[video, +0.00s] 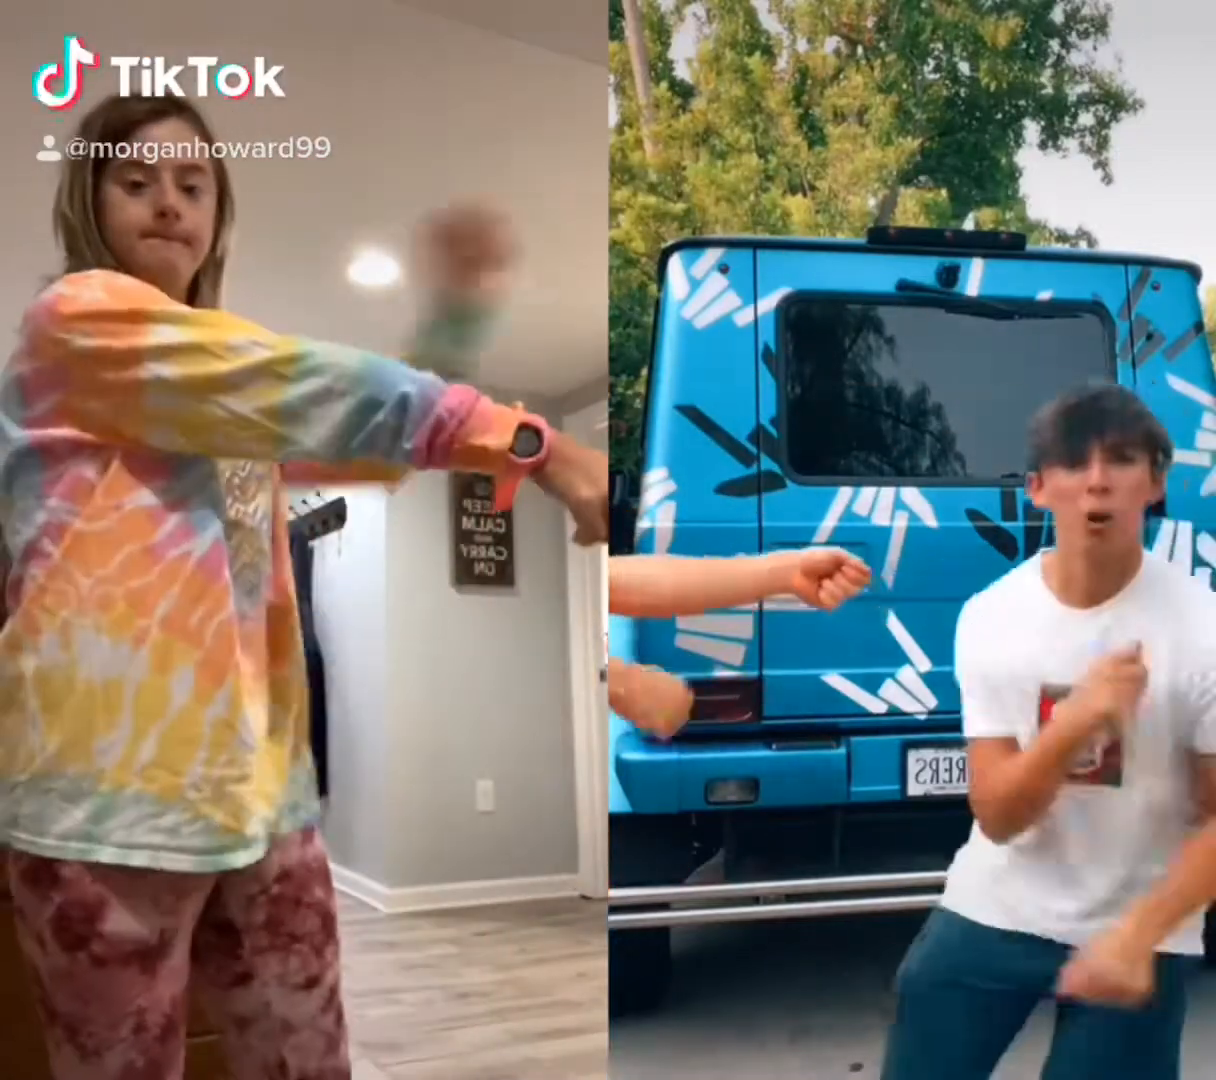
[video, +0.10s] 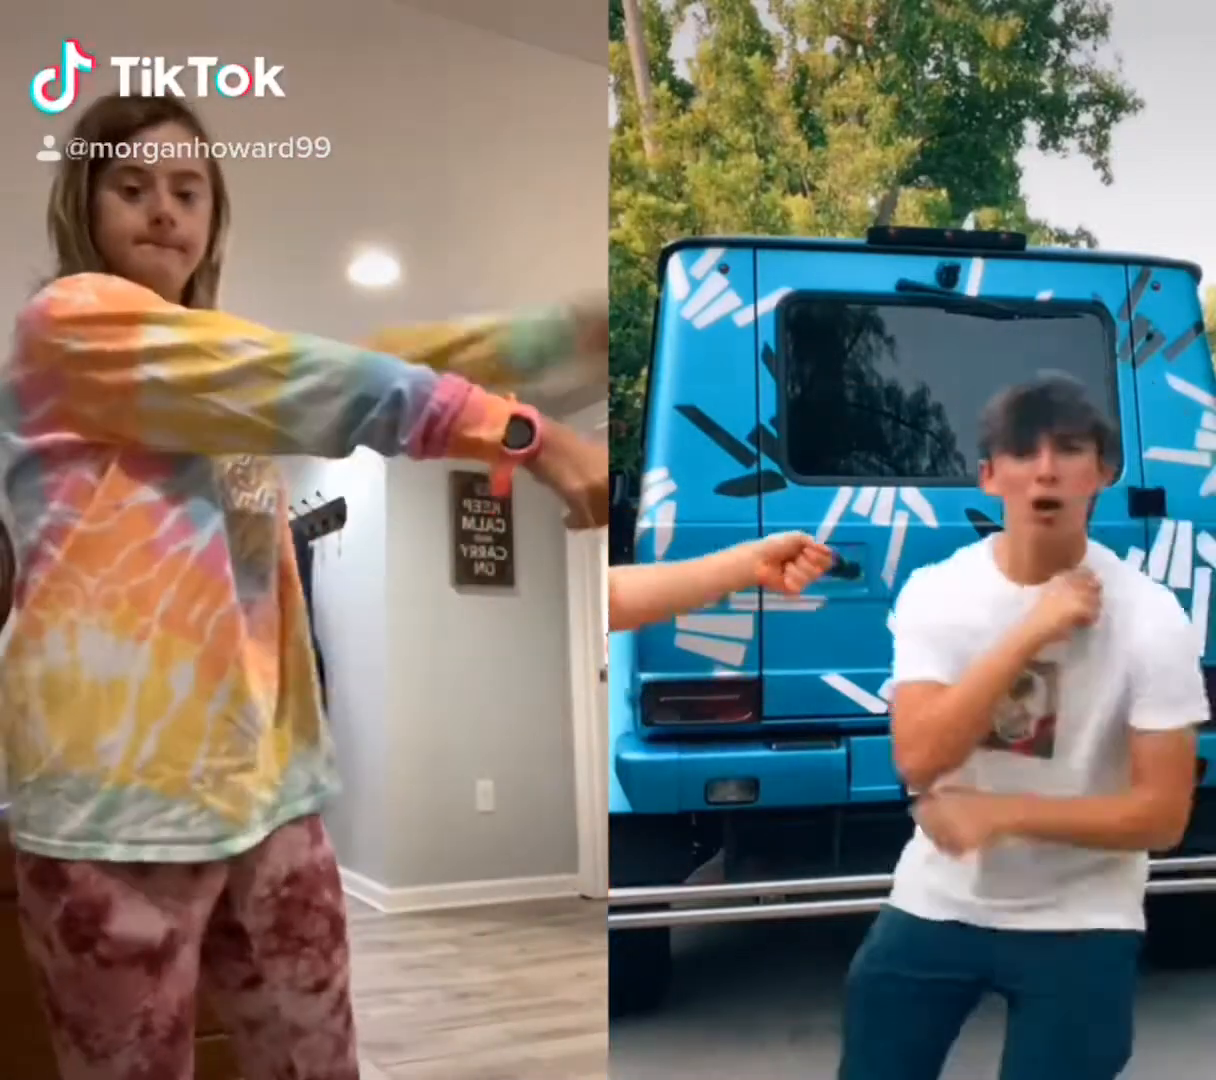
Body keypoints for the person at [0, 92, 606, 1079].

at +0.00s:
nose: (170, 205)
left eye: (195, 184)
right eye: (138, 180)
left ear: (220, 213)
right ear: (90, 203)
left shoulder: (215, 358)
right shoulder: (77, 319)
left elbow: (372, 445)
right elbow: (295, 386)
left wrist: (456, 313)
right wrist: (534, 445)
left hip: (257, 802)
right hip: (102, 812)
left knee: (302, 1069)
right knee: (120, 1072)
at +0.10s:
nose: (164, 213)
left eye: (189, 191)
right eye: (133, 189)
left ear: (213, 218)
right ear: (84, 207)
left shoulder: (206, 347)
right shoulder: (69, 322)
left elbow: (354, 369)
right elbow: (304, 384)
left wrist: (563, 333)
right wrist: (528, 436)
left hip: (266, 797)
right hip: (107, 814)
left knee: (309, 1067)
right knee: (128, 1071)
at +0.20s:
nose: (160, 210)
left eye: (184, 188)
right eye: (128, 185)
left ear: (209, 215)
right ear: (78, 205)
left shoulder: (211, 355)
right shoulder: (60, 324)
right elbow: (293, 379)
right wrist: (524, 432)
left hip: (277, 803)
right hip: (113, 822)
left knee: (321, 1067)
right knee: (133, 1072)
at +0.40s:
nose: (165, 214)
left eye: (192, 194)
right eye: (135, 190)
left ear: (220, 225)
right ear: (87, 212)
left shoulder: (231, 382)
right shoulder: (52, 327)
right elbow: (253, 417)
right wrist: (501, 494)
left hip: (283, 815)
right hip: (116, 825)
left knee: (340, 1064)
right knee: (135, 1071)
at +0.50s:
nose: (170, 216)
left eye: (197, 196)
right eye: (141, 191)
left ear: (226, 228)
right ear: (94, 214)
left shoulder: (264, 397)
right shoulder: (51, 340)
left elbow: (398, 511)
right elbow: (194, 488)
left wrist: (537, 619)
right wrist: (405, 595)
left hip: (293, 820)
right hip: (116, 832)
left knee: (360, 1065)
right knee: (137, 1070)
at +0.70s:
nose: (203, 208)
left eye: (230, 188)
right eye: (174, 183)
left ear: (263, 221)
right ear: (127, 208)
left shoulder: (324, 388)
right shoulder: (63, 381)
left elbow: (385, 595)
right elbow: (29, 609)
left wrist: (446, 770)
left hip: (330, 823)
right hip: (139, 842)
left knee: (400, 1068)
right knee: (157, 1072)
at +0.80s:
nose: (233, 208)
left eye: (261, 190)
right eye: (204, 186)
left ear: (294, 223)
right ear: (158, 214)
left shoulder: (362, 382)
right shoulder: (90, 389)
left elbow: (396, 585)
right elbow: (10, 572)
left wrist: (361, 756)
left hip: (345, 828)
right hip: (163, 846)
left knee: (407, 1067)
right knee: (166, 1071)